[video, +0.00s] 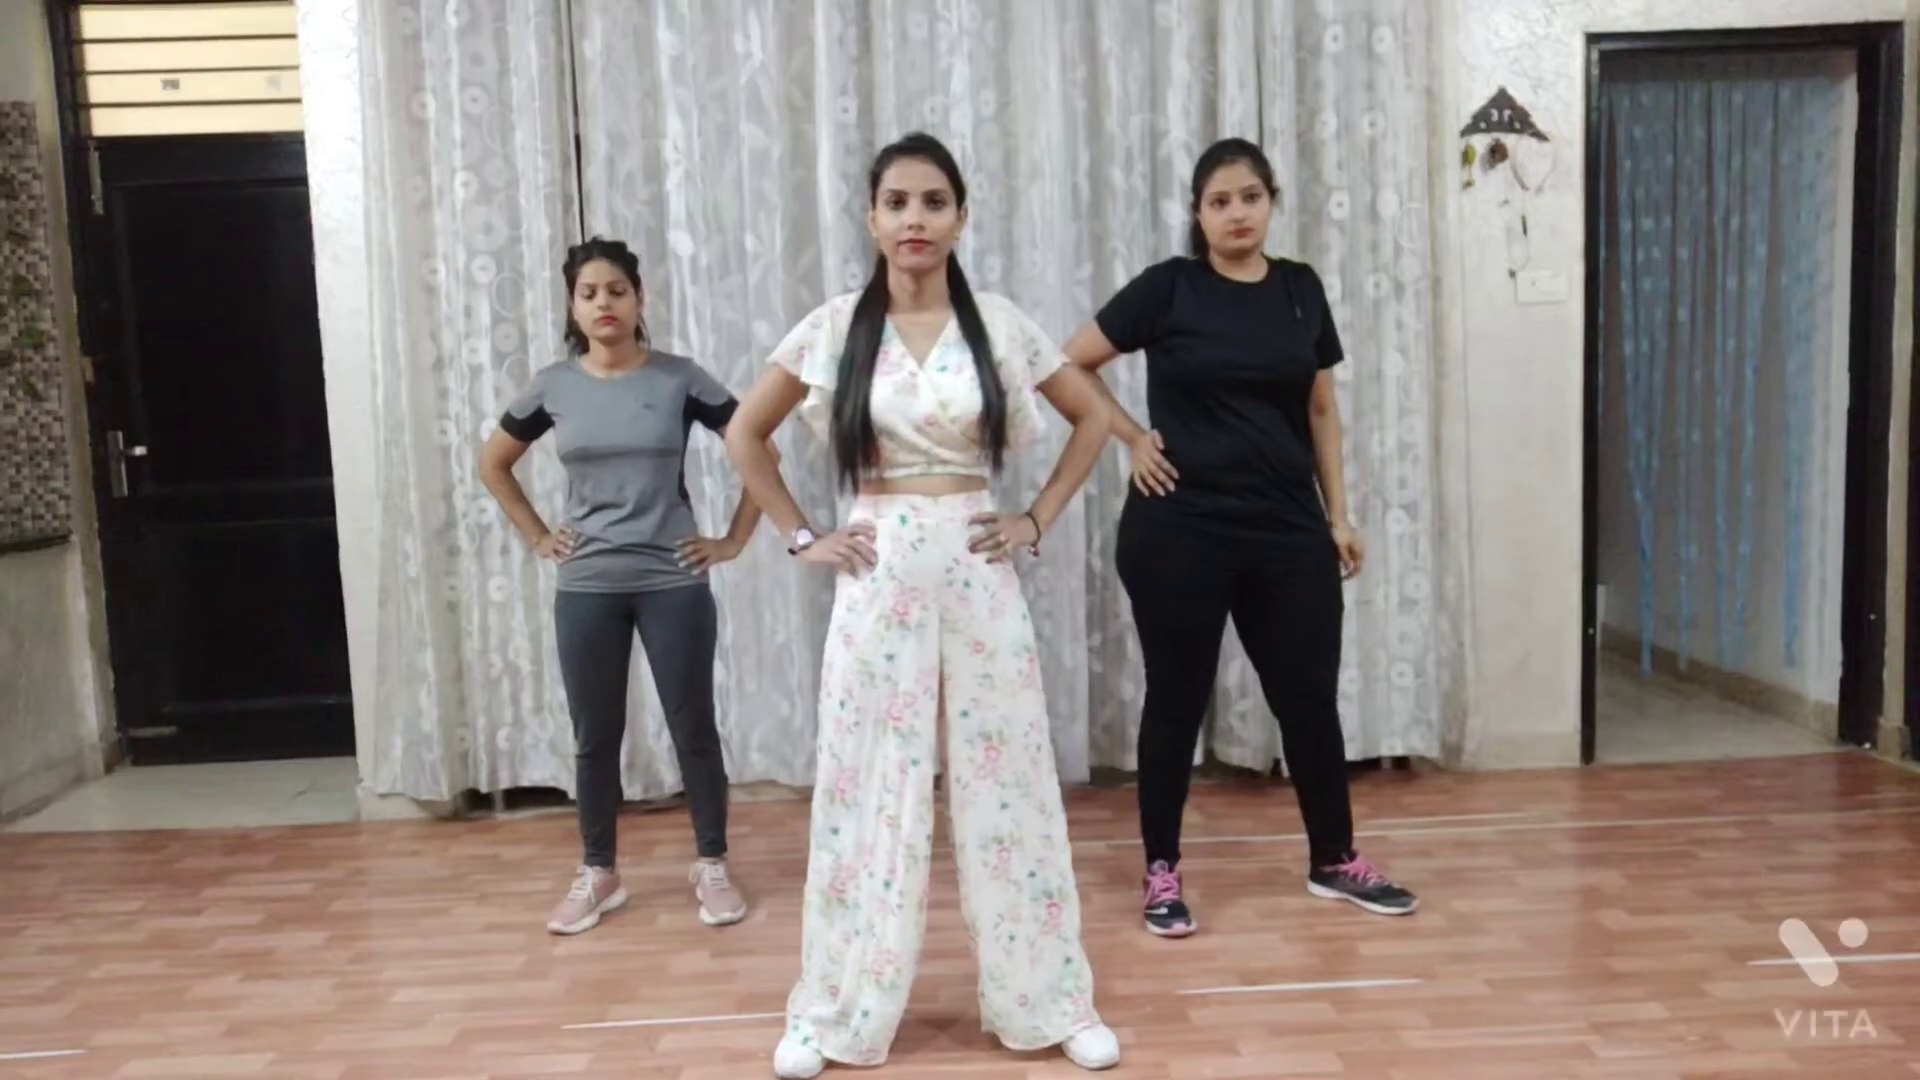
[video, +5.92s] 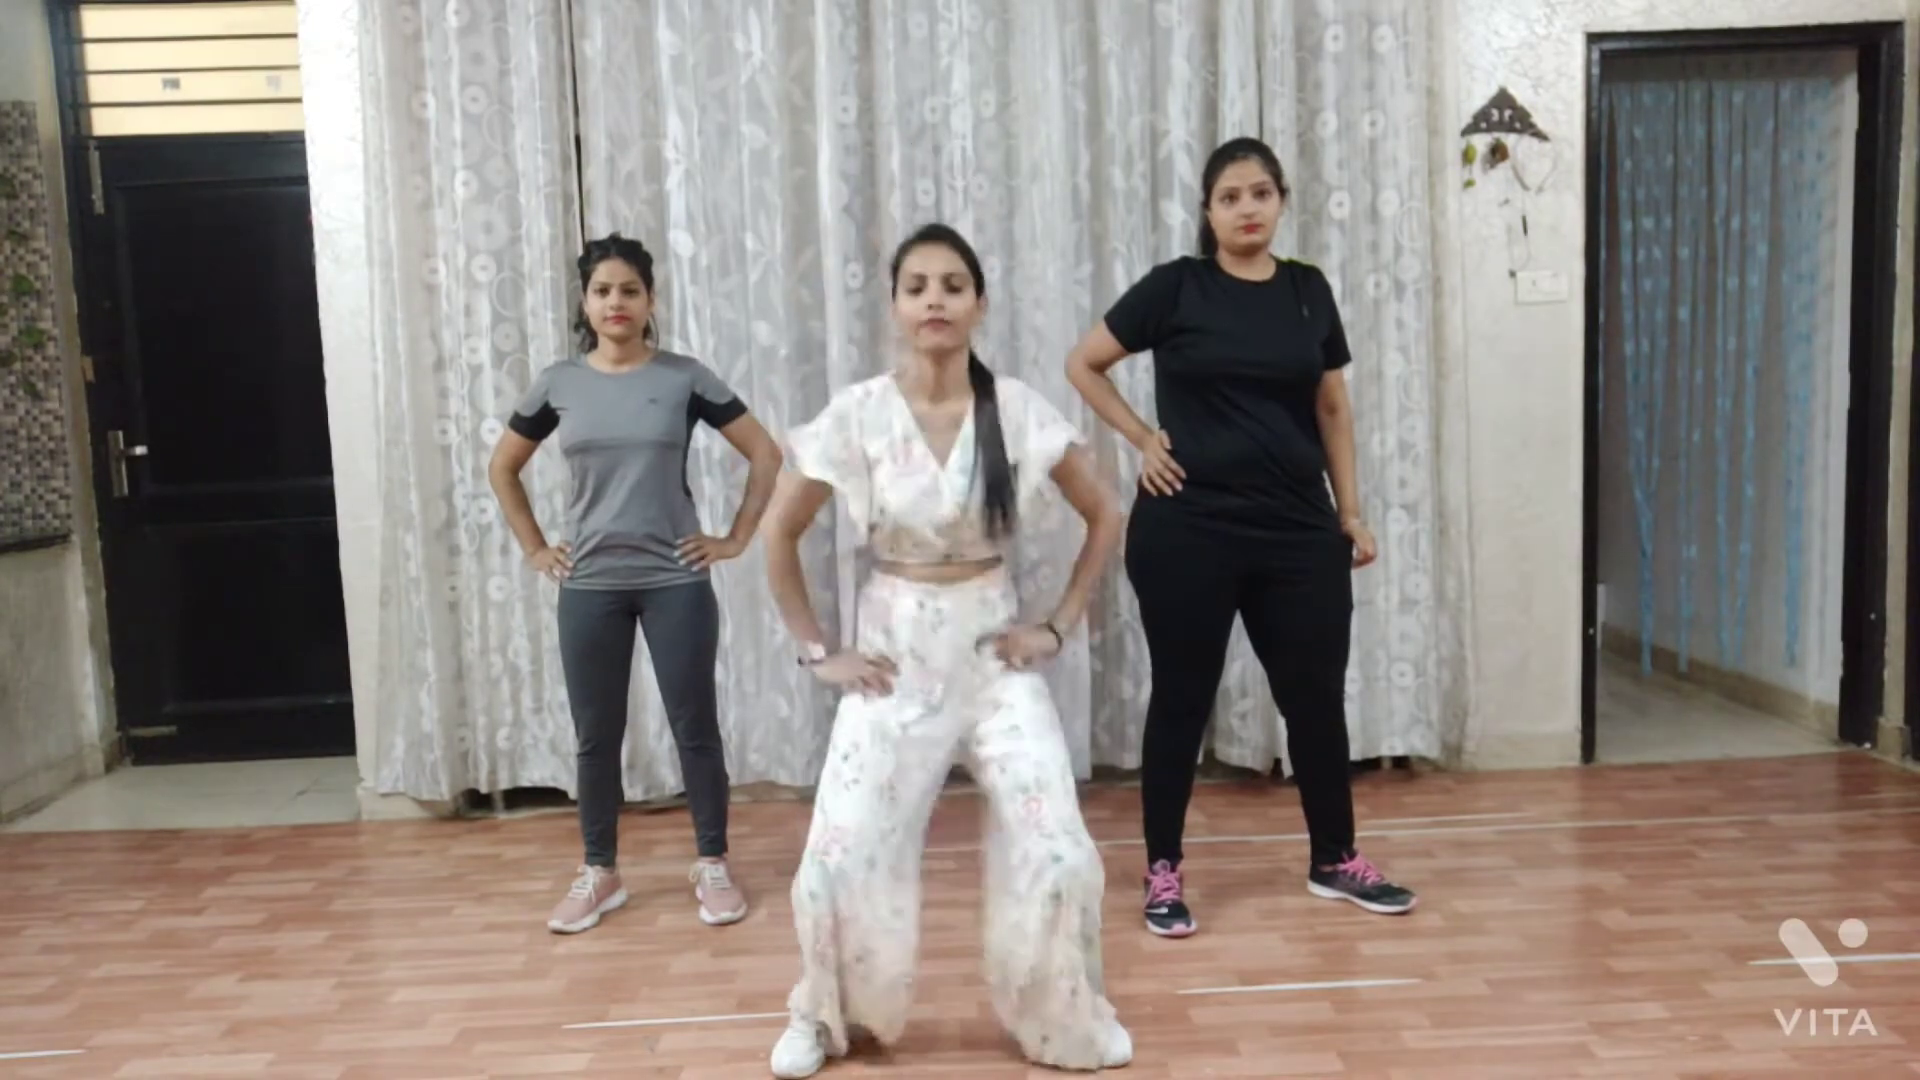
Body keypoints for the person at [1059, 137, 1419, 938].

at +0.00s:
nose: (1237, 213)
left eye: (1251, 197)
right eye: (1221, 200)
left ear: (1271, 205)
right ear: (1198, 211)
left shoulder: (1300, 289)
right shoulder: (1167, 289)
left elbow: (1322, 412)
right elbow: (1069, 369)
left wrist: (1336, 516)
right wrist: (1131, 435)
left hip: (1286, 529)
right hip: (1180, 527)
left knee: (1311, 701)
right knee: (1176, 701)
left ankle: (1335, 861)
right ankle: (1162, 870)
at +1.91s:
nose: (1237, 215)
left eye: (1251, 200)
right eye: (1221, 203)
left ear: (1271, 206)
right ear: (1198, 213)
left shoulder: (1300, 290)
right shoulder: (1166, 291)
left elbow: (1328, 407)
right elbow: (1068, 369)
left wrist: (1343, 512)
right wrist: (1126, 435)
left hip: (1288, 531)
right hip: (1181, 528)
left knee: (1313, 700)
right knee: (1177, 700)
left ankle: (1335, 861)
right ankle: (1162, 870)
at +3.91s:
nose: (1249, 216)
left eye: (1262, 200)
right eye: (1232, 203)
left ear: (1282, 206)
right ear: (1208, 211)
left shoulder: (1305, 290)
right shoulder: (1173, 288)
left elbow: (1331, 409)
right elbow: (1079, 363)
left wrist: (1346, 514)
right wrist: (1139, 436)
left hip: (1293, 531)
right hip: (1187, 528)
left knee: (1315, 700)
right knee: (1179, 700)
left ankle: (1335, 860)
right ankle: (1162, 869)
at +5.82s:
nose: (1248, 209)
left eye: (1261, 194)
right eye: (1231, 196)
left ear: (1281, 203)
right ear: (1207, 208)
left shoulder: (1307, 289)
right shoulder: (1175, 288)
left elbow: (1334, 408)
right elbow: (1081, 365)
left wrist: (1349, 512)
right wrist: (1143, 438)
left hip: (1296, 529)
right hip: (1188, 526)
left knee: (1317, 698)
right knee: (1182, 699)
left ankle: (1336, 860)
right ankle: (1163, 871)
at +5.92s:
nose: (1248, 209)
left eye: (1261, 194)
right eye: (1231, 197)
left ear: (1282, 203)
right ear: (1208, 209)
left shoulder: (1307, 290)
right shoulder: (1175, 288)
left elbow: (1334, 409)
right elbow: (1082, 365)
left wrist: (1349, 512)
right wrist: (1143, 438)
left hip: (1296, 528)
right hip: (1188, 526)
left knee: (1317, 698)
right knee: (1182, 699)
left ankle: (1336, 861)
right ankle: (1163, 870)